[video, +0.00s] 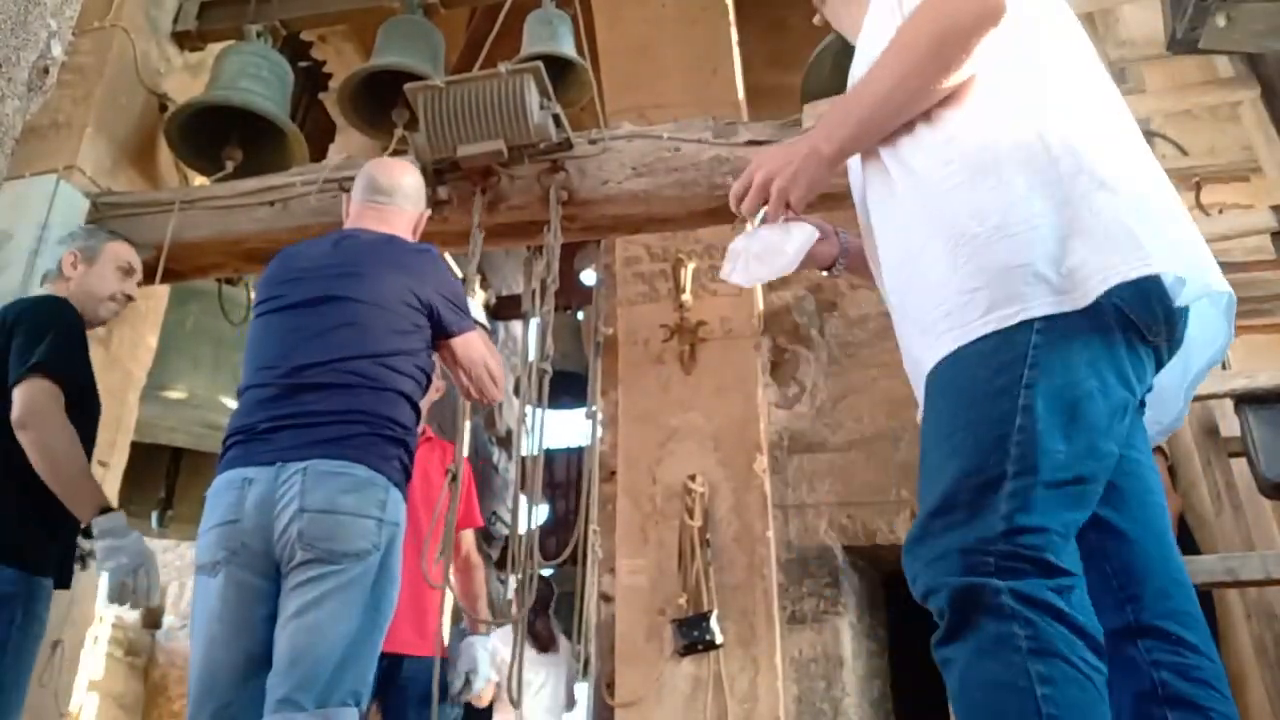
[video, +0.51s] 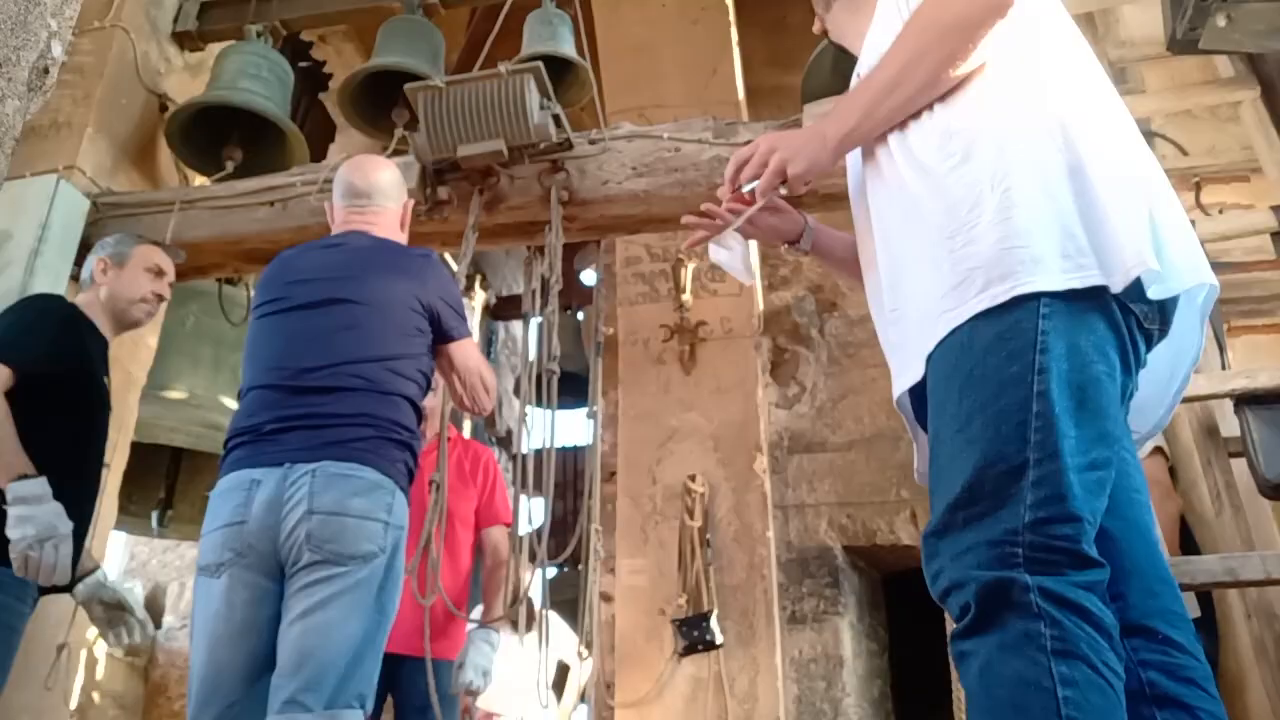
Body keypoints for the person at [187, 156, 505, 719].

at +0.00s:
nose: (423, 232)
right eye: (424, 223)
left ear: (347, 207)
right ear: (420, 221)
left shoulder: (281, 265)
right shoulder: (421, 265)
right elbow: (489, 385)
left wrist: (432, 369)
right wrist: (438, 328)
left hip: (235, 489)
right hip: (348, 488)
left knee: (217, 709)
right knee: (309, 706)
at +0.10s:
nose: (419, 226)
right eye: (421, 219)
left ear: (341, 209)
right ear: (415, 220)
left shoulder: (278, 267)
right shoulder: (423, 267)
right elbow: (489, 390)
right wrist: (454, 339)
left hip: (239, 487)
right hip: (354, 487)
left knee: (217, 707)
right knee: (313, 706)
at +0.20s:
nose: (412, 219)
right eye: (412, 214)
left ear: (331, 214)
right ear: (406, 217)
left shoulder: (276, 267)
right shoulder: (426, 270)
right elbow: (483, 397)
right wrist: (453, 343)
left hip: (242, 486)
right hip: (358, 487)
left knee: (218, 706)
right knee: (317, 707)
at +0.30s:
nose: (408, 218)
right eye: (408, 212)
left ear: (327, 214)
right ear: (402, 216)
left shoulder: (276, 267)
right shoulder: (425, 270)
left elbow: (291, 361)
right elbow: (473, 399)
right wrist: (432, 351)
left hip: (243, 485)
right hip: (358, 487)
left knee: (218, 707)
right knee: (316, 707)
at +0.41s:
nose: (410, 217)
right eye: (410, 211)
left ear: (329, 214)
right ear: (404, 215)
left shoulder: (275, 269)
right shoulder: (424, 269)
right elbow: (475, 399)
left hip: (241, 486)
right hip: (356, 486)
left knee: (218, 707)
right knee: (314, 707)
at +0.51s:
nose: (411, 218)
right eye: (412, 212)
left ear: (329, 215)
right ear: (405, 215)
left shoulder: (276, 270)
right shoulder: (424, 269)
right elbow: (480, 399)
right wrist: (446, 341)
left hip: (240, 487)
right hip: (355, 487)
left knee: (217, 708)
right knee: (313, 708)